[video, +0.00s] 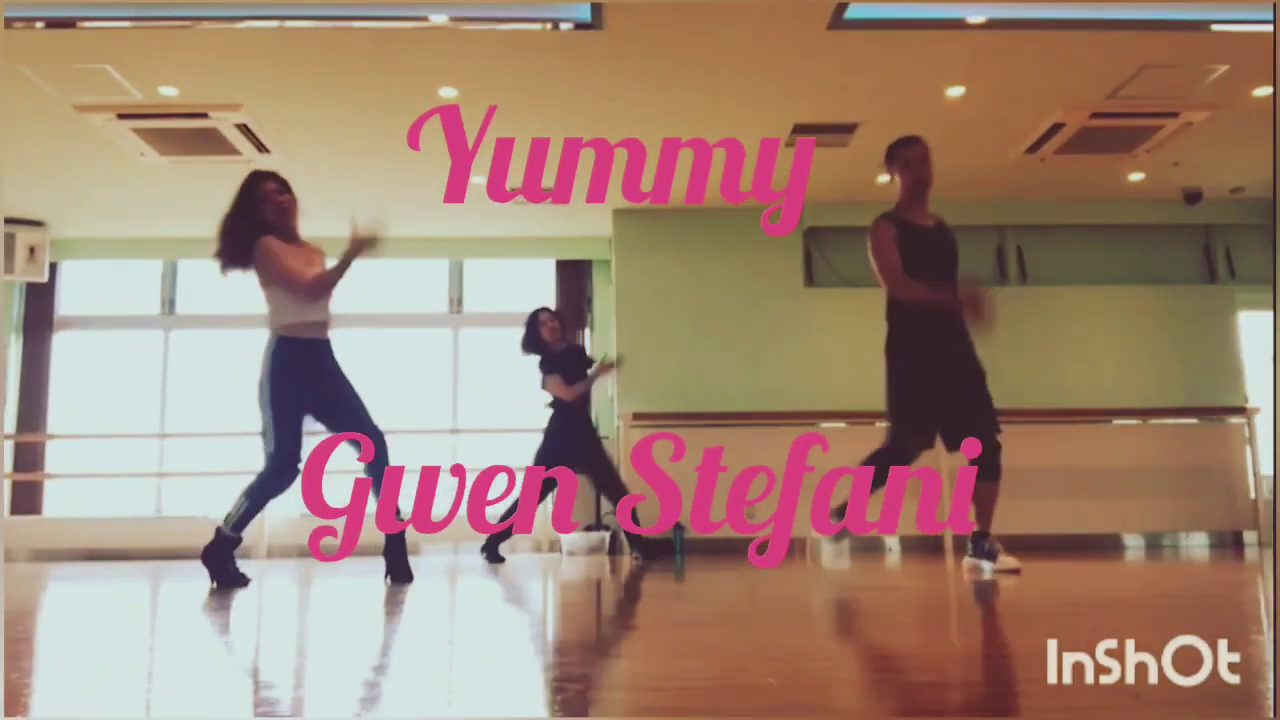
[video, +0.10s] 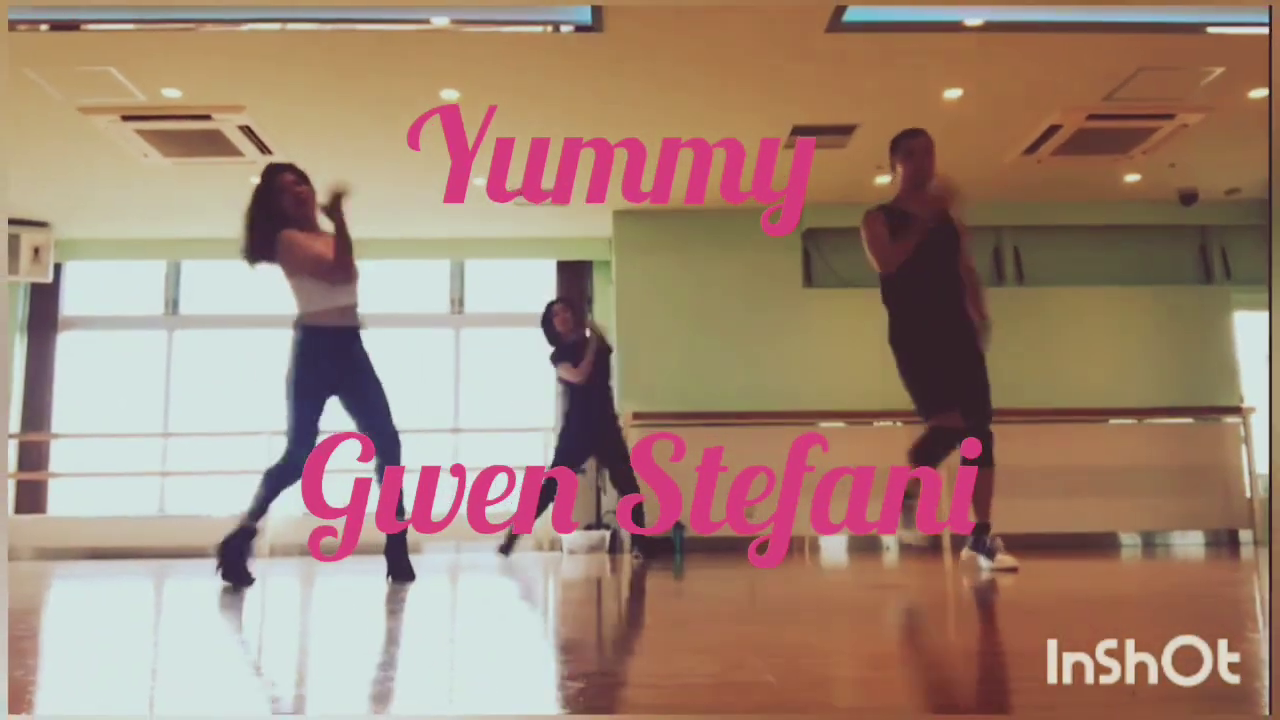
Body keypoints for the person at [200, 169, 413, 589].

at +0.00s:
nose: (282, 198)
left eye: (284, 191)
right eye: (270, 196)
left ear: (294, 198)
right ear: (256, 210)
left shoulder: (310, 250)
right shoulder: (266, 248)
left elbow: (311, 303)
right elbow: (310, 289)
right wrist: (351, 254)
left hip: (320, 362)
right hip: (287, 363)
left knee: (373, 445)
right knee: (282, 468)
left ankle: (395, 545)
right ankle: (221, 546)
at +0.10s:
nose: (303, 188)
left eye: (303, 181)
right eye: (292, 184)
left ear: (309, 190)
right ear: (275, 200)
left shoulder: (319, 235)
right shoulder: (287, 239)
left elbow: (339, 276)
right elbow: (341, 269)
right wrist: (339, 219)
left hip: (348, 349)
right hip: (315, 351)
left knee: (388, 445)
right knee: (297, 458)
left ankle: (397, 549)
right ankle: (239, 539)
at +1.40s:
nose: (349, 197)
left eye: (361, 196)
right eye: (347, 188)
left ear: (373, 210)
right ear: (334, 193)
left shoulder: (376, 244)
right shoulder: (299, 240)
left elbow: (409, 292)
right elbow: (285, 308)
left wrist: (390, 328)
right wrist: (284, 364)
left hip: (375, 347)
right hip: (325, 352)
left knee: (406, 449)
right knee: (281, 456)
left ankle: (429, 545)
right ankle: (271, 548)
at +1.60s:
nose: (353, 202)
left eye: (363, 198)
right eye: (348, 194)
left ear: (375, 210)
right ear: (334, 199)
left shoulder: (384, 252)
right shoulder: (306, 251)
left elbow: (413, 301)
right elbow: (294, 312)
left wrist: (382, 333)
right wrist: (295, 354)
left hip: (356, 359)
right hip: (307, 355)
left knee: (403, 448)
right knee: (269, 450)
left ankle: (423, 544)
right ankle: (270, 546)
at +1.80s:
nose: (348, 237)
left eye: (358, 234)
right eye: (343, 228)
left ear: (369, 245)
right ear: (328, 236)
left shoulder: (376, 288)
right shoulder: (303, 294)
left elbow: (424, 333)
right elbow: (300, 358)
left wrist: (385, 367)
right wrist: (300, 399)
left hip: (366, 403)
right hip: (315, 406)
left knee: (421, 459)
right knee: (245, 468)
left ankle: (428, 549)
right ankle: (269, 550)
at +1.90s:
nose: (346, 240)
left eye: (356, 237)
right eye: (340, 232)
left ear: (367, 250)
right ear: (326, 240)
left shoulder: (375, 291)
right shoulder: (299, 297)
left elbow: (427, 326)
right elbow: (299, 362)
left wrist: (394, 362)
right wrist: (300, 413)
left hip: (373, 404)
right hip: (322, 411)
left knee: (428, 465)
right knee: (241, 465)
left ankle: (429, 549)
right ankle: (269, 550)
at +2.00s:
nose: (344, 237)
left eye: (355, 234)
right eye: (339, 229)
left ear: (366, 246)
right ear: (325, 235)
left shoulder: (373, 287)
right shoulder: (295, 293)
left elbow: (425, 317)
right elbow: (293, 356)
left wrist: (395, 350)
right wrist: (294, 411)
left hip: (380, 399)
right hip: (331, 408)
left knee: (429, 467)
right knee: (249, 463)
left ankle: (429, 549)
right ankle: (269, 549)